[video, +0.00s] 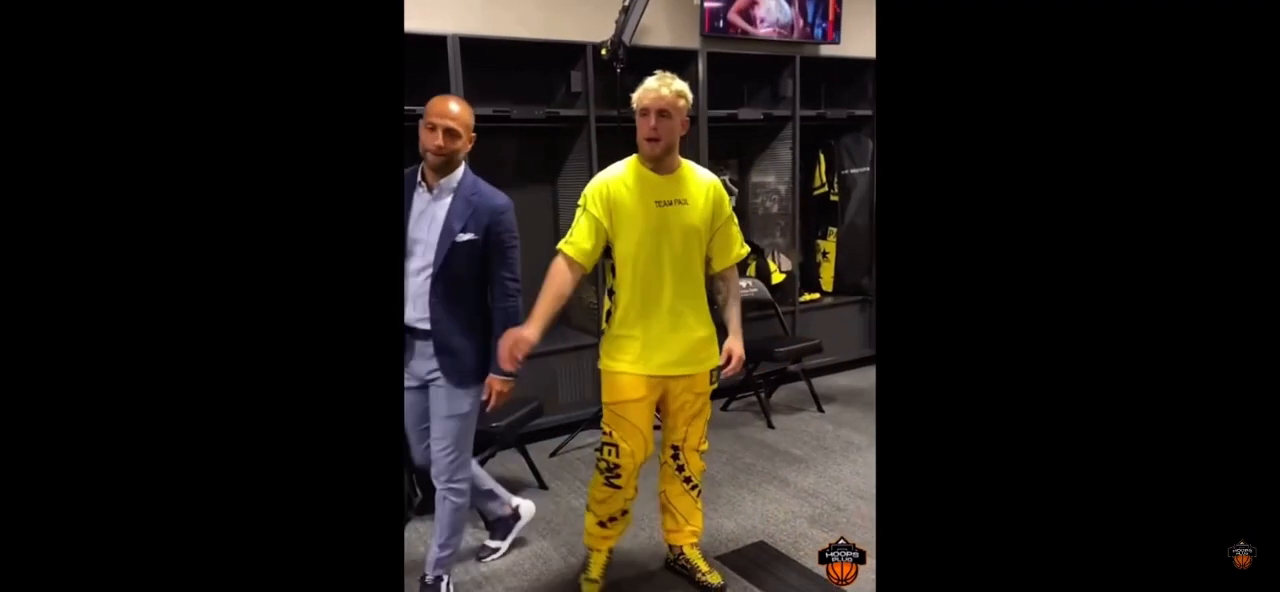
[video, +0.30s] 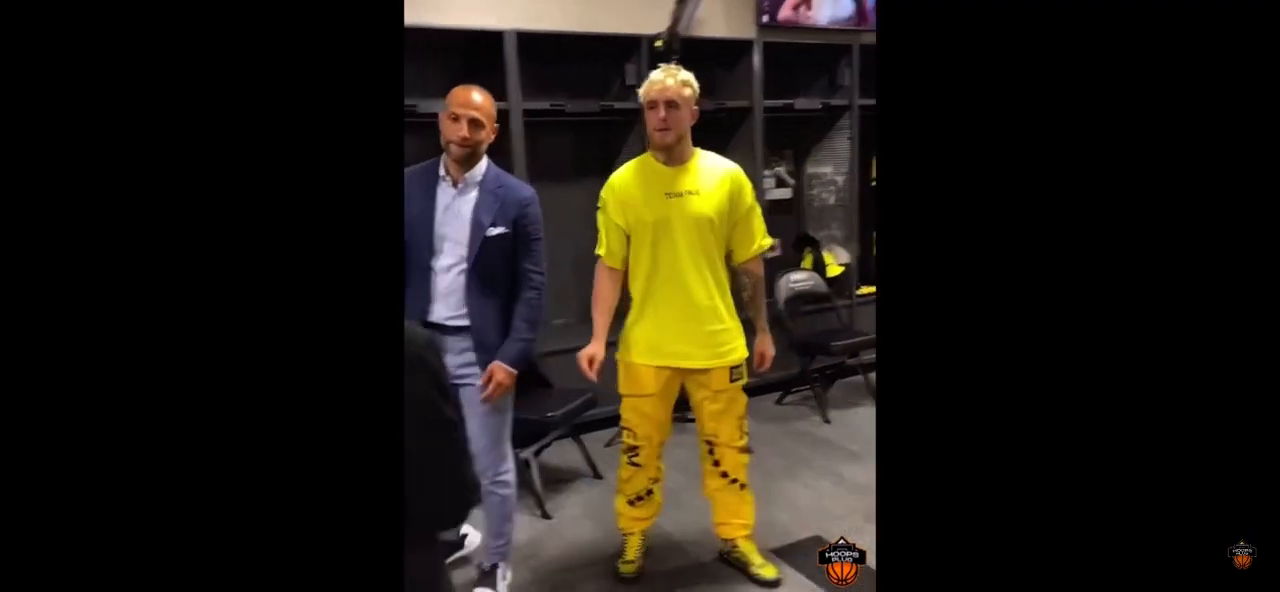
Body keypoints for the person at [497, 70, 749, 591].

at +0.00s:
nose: (651, 124)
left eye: (663, 115)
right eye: (644, 114)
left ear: (685, 124)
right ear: (634, 122)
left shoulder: (709, 189)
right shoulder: (607, 188)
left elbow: (727, 272)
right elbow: (570, 261)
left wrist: (734, 333)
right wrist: (534, 325)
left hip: (692, 348)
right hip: (628, 349)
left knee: (687, 456)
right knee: (621, 458)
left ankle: (683, 545)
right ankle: (598, 551)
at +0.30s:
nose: (662, 116)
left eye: (672, 105)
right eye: (653, 107)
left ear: (694, 112)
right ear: (642, 114)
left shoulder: (727, 178)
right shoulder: (621, 185)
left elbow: (750, 262)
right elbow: (609, 266)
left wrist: (761, 329)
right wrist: (598, 336)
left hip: (717, 337)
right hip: (646, 340)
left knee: (728, 443)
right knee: (638, 445)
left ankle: (734, 536)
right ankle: (634, 533)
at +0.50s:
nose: (717, 112)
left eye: (728, 101)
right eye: (709, 103)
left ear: (755, 104)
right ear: (700, 109)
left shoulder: (794, 167)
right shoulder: (685, 177)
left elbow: (817, 251)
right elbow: (658, 254)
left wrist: (827, 326)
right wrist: (632, 323)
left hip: (784, 331)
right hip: (711, 334)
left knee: (806, 439)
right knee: (713, 439)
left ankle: (824, 536)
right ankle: (718, 526)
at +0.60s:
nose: (762, 107)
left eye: (773, 96)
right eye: (752, 98)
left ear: (800, 99)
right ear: (744, 104)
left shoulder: (839, 162)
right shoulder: (728, 173)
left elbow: (861, 252)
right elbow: (701, 254)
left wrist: (867, 328)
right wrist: (678, 324)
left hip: (828, 329)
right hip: (753, 331)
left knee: (855, 440)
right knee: (760, 436)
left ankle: (868, 532)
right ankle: (769, 524)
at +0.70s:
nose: (811, 100)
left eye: (822, 89)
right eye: (802, 91)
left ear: (846, 93)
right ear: (791, 99)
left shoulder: (872, 151)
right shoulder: (774, 169)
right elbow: (753, 251)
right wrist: (737, 326)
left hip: (868, 322)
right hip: (802, 324)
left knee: (876, 425)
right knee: (811, 431)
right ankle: (822, 525)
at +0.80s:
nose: (852, 95)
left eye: (862, 84)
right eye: (842, 86)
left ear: (880, 90)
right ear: (832, 95)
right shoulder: (818, 166)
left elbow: (803, 251)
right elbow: (804, 253)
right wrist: (799, 329)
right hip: (847, 324)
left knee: (866, 435)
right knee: (856, 434)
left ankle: (869, 530)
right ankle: (866, 530)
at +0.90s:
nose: (874, 96)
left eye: (876, 85)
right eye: (871, 86)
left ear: (877, 90)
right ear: (863, 92)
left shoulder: (853, 166)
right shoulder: (852, 166)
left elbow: (846, 253)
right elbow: (846, 253)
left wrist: (850, 329)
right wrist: (848, 329)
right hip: (871, 329)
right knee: (875, 424)